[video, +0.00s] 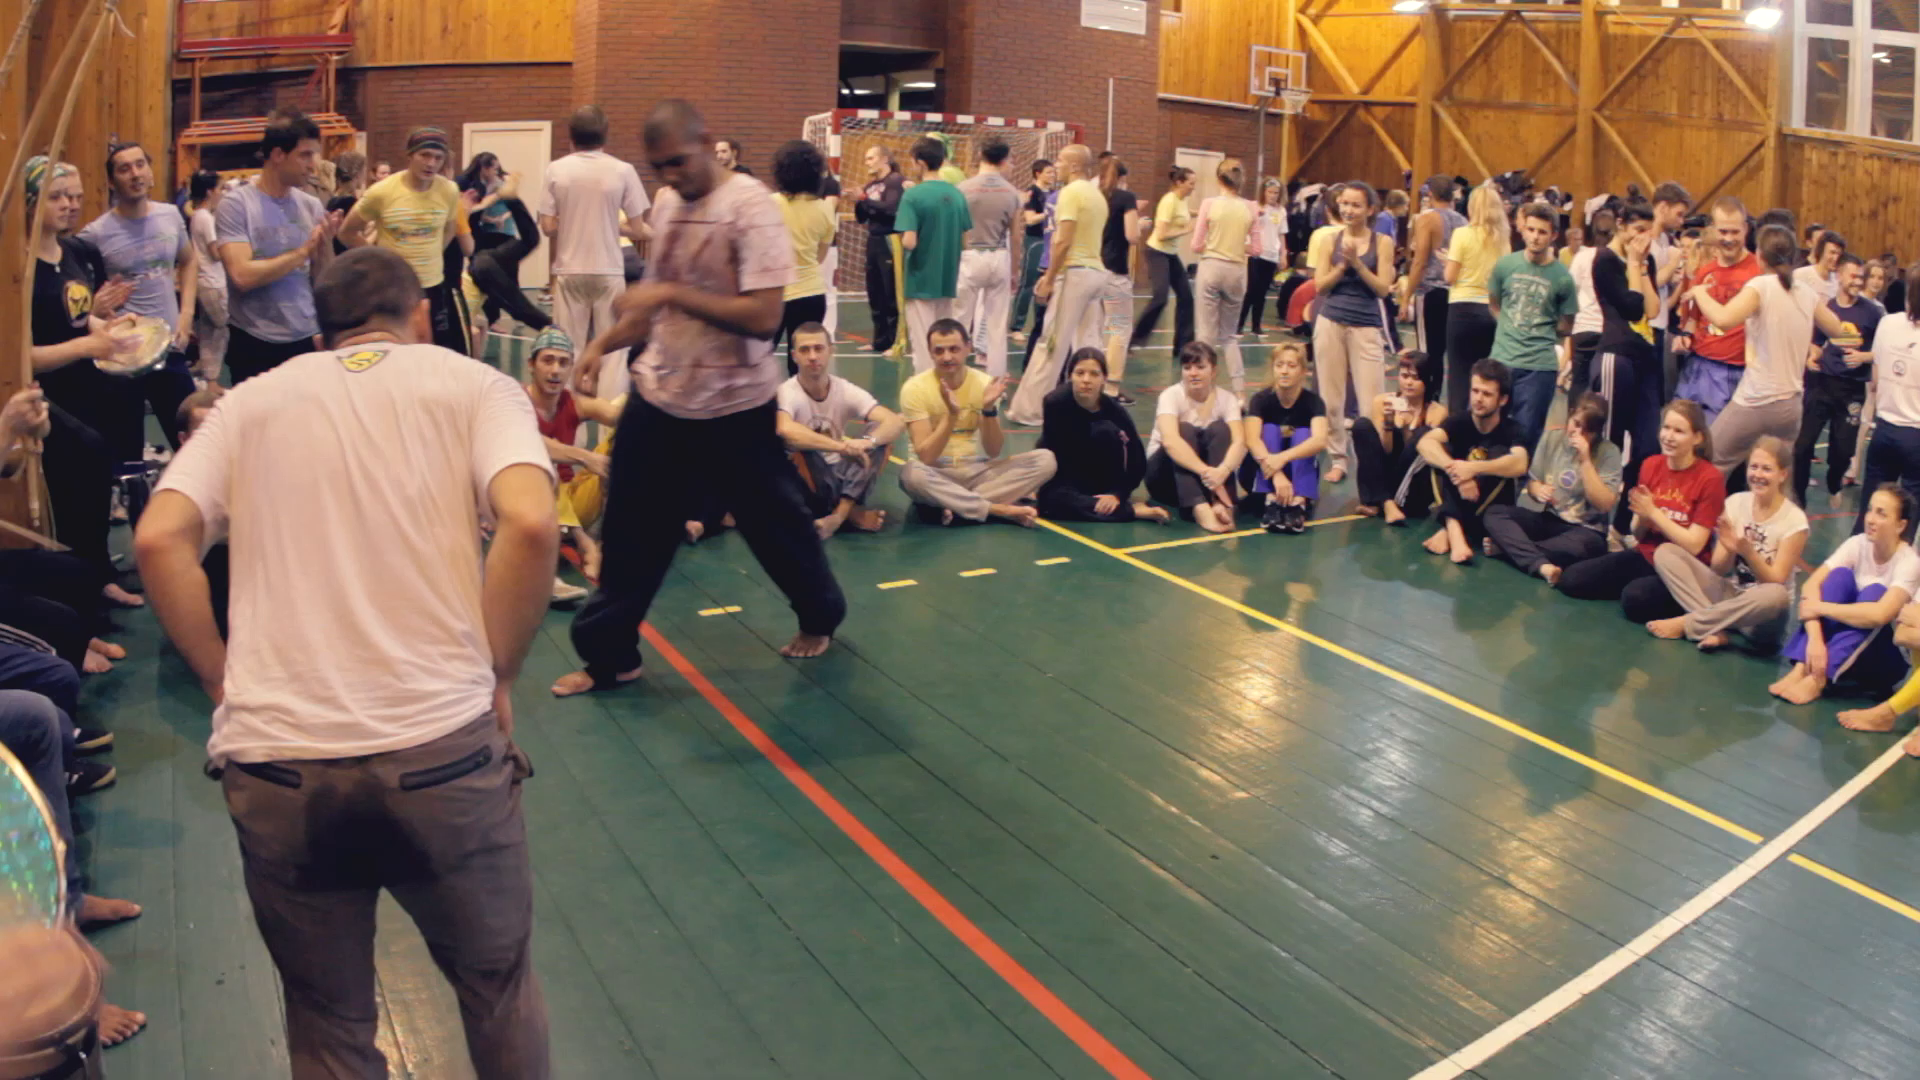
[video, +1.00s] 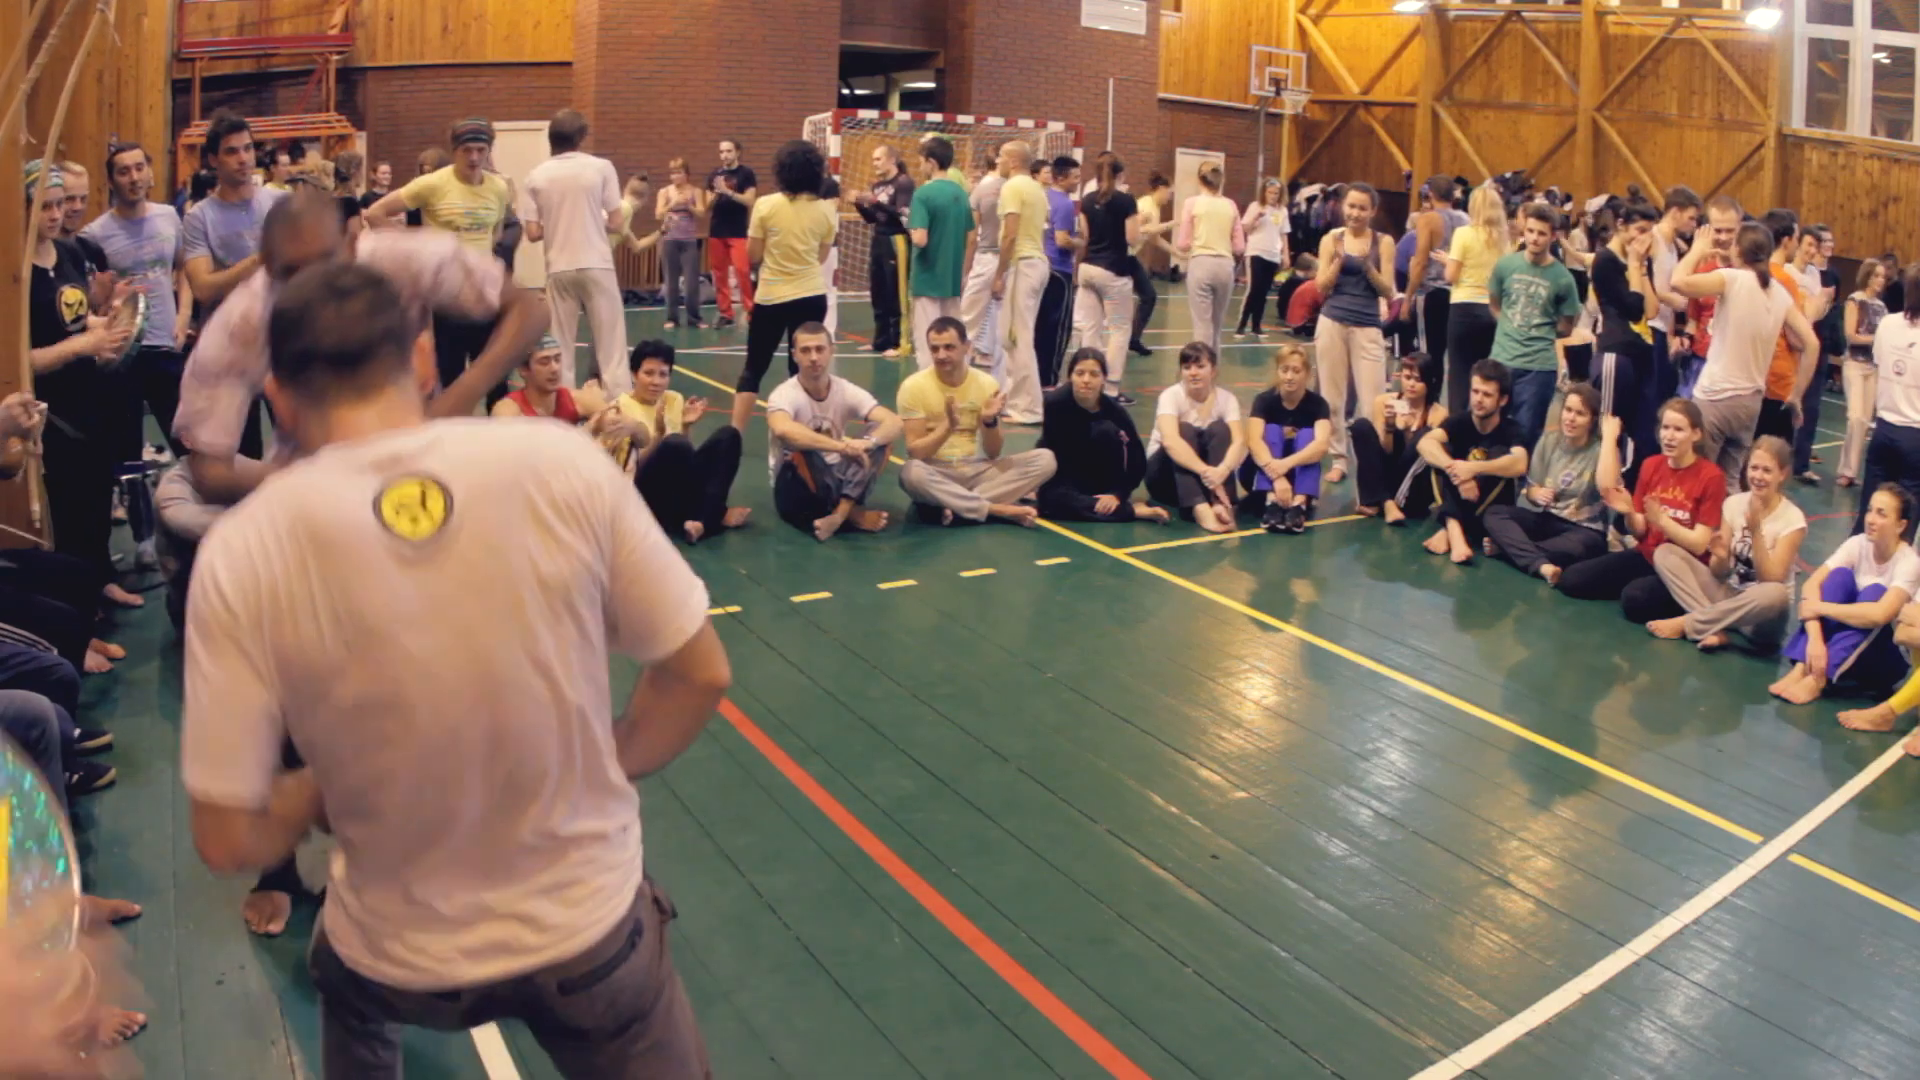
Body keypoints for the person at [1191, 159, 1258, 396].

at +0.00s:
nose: (1216, 183)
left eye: (1217, 179)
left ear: (1219, 180)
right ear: (1241, 182)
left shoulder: (1209, 205)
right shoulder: (1250, 208)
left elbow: (1196, 245)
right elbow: (1256, 248)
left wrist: (1212, 246)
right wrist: (1238, 246)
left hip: (1211, 262)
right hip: (1238, 266)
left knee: (1205, 334)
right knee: (1230, 336)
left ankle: (1201, 392)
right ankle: (1239, 391)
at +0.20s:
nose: (1209, 182)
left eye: (1209, 179)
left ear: (1210, 180)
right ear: (1233, 181)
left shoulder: (1201, 204)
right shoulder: (1243, 207)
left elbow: (1190, 244)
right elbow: (1249, 247)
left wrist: (1206, 249)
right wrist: (1231, 244)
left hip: (1206, 261)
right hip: (1232, 263)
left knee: (1204, 327)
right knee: (1225, 329)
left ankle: (1203, 379)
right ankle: (1225, 380)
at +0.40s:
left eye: (1203, 179)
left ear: (1204, 180)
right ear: (1226, 181)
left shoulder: (1197, 204)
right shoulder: (1237, 206)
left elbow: (1188, 245)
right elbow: (1245, 246)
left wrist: (1203, 244)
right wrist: (1228, 241)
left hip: (1203, 261)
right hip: (1229, 264)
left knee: (1202, 325)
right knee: (1219, 327)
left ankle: (1200, 374)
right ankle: (1217, 373)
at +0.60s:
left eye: (1201, 180)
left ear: (1202, 181)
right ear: (1223, 181)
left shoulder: (1195, 204)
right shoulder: (1235, 206)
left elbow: (1185, 245)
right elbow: (1243, 246)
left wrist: (1202, 242)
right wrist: (1224, 244)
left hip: (1201, 260)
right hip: (1226, 263)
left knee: (1201, 323)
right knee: (1216, 324)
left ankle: (1202, 368)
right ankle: (1212, 368)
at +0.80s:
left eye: (1199, 179)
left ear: (1200, 180)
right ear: (1221, 182)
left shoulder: (1192, 203)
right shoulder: (1232, 205)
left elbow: (1185, 243)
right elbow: (1240, 246)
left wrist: (1198, 248)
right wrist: (1221, 245)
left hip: (1200, 259)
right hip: (1225, 262)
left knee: (1202, 322)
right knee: (1216, 323)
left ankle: (1201, 368)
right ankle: (1212, 368)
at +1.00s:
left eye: (1199, 179)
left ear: (1199, 181)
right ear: (1220, 182)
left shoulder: (1191, 203)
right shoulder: (1230, 205)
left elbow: (1183, 243)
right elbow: (1239, 246)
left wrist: (1196, 245)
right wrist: (1221, 244)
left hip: (1200, 259)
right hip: (1225, 261)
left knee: (1202, 321)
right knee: (1217, 321)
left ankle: (1201, 367)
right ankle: (1213, 366)